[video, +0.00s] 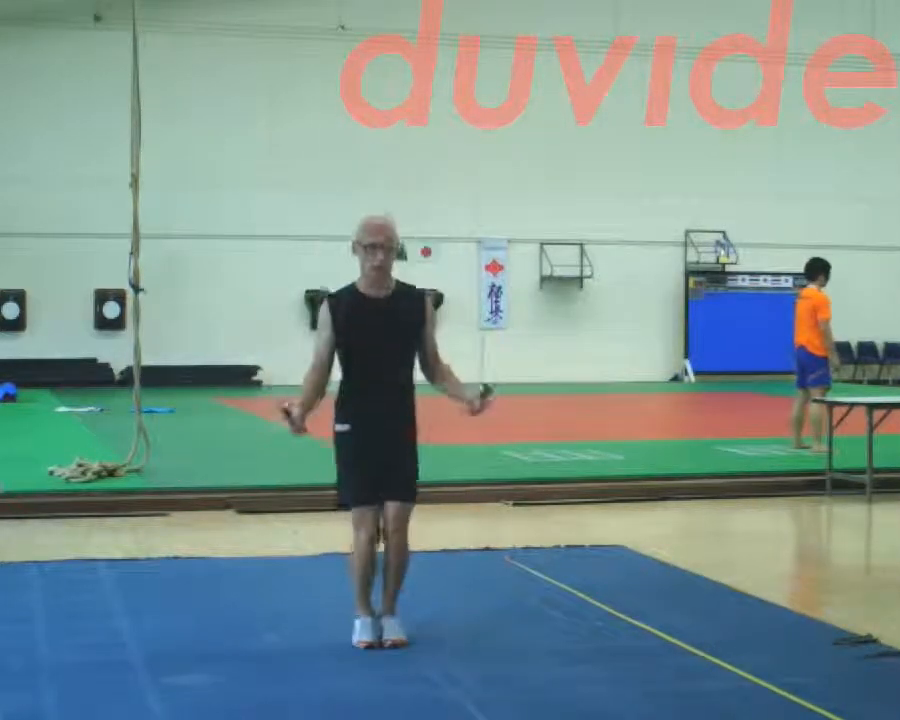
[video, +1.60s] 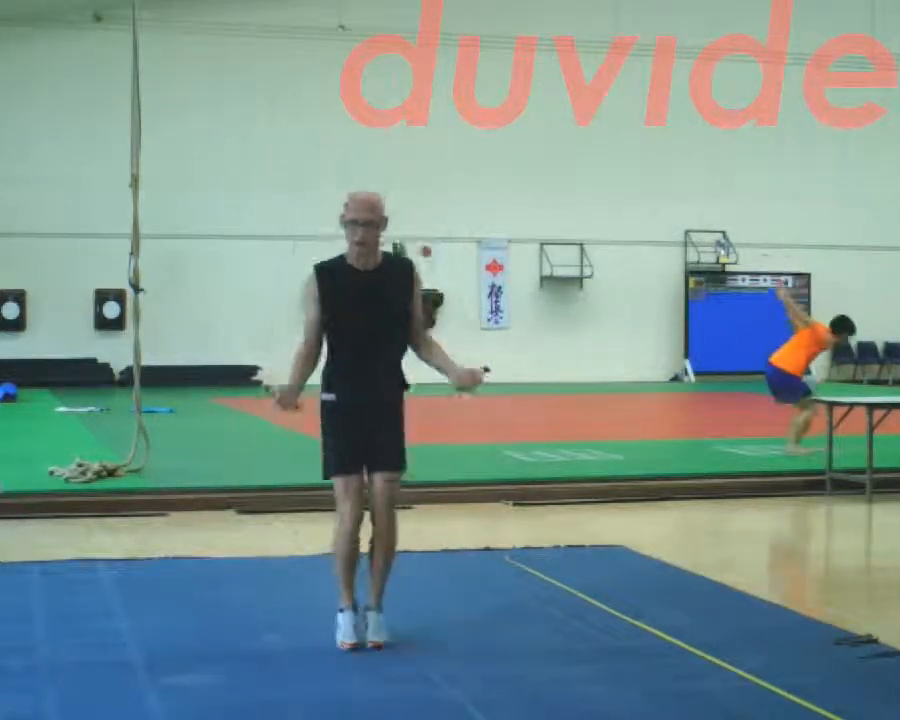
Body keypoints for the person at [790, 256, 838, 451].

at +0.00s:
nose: (827, 279)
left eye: (827, 275)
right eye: (826, 275)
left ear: (808, 275)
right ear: (821, 275)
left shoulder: (802, 295)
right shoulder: (820, 298)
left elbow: (801, 323)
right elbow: (824, 326)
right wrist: (832, 353)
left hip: (801, 348)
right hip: (815, 350)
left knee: (802, 394)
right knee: (818, 397)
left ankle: (797, 439)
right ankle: (818, 441)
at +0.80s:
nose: (840, 280)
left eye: (840, 276)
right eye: (840, 276)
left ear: (821, 275)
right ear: (836, 276)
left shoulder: (813, 296)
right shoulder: (831, 298)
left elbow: (816, 329)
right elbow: (842, 324)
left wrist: (835, 344)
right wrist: (857, 342)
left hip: (806, 347)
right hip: (820, 349)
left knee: (817, 397)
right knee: (818, 397)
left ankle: (814, 443)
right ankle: (814, 444)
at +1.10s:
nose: (847, 287)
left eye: (847, 283)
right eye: (847, 282)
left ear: (829, 279)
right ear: (841, 282)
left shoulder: (816, 297)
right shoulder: (831, 301)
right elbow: (842, 333)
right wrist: (856, 358)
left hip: (805, 349)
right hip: (818, 353)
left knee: (816, 397)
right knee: (824, 398)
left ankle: (816, 441)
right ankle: (818, 443)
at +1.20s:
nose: (850, 291)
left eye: (851, 287)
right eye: (850, 286)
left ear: (833, 282)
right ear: (845, 285)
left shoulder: (818, 299)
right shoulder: (832, 302)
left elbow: (803, 320)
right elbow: (829, 326)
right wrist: (829, 351)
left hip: (805, 351)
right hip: (818, 354)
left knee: (817, 398)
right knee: (823, 398)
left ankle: (817, 441)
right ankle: (818, 442)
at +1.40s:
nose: (851, 300)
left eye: (853, 296)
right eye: (852, 295)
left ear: (837, 286)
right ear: (847, 292)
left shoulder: (817, 292)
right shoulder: (833, 299)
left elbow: (797, 285)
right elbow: (819, 284)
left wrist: (786, 270)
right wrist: (801, 270)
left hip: (792, 341)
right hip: (800, 347)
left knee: (809, 392)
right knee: (810, 393)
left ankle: (807, 437)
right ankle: (807, 439)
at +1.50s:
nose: (848, 318)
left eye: (850, 314)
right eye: (849, 313)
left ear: (837, 302)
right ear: (843, 308)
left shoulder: (815, 303)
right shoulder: (826, 309)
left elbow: (801, 289)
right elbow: (809, 289)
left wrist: (793, 272)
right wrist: (796, 272)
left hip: (785, 350)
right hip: (794, 355)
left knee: (805, 401)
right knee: (806, 402)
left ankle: (793, 443)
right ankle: (793, 444)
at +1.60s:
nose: (845, 340)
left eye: (847, 337)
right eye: (845, 336)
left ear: (833, 326)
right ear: (840, 334)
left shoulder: (812, 329)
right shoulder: (824, 335)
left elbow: (796, 316)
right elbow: (801, 316)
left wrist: (785, 299)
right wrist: (786, 299)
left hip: (775, 366)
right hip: (786, 372)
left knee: (805, 407)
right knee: (810, 407)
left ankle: (792, 443)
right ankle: (793, 444)